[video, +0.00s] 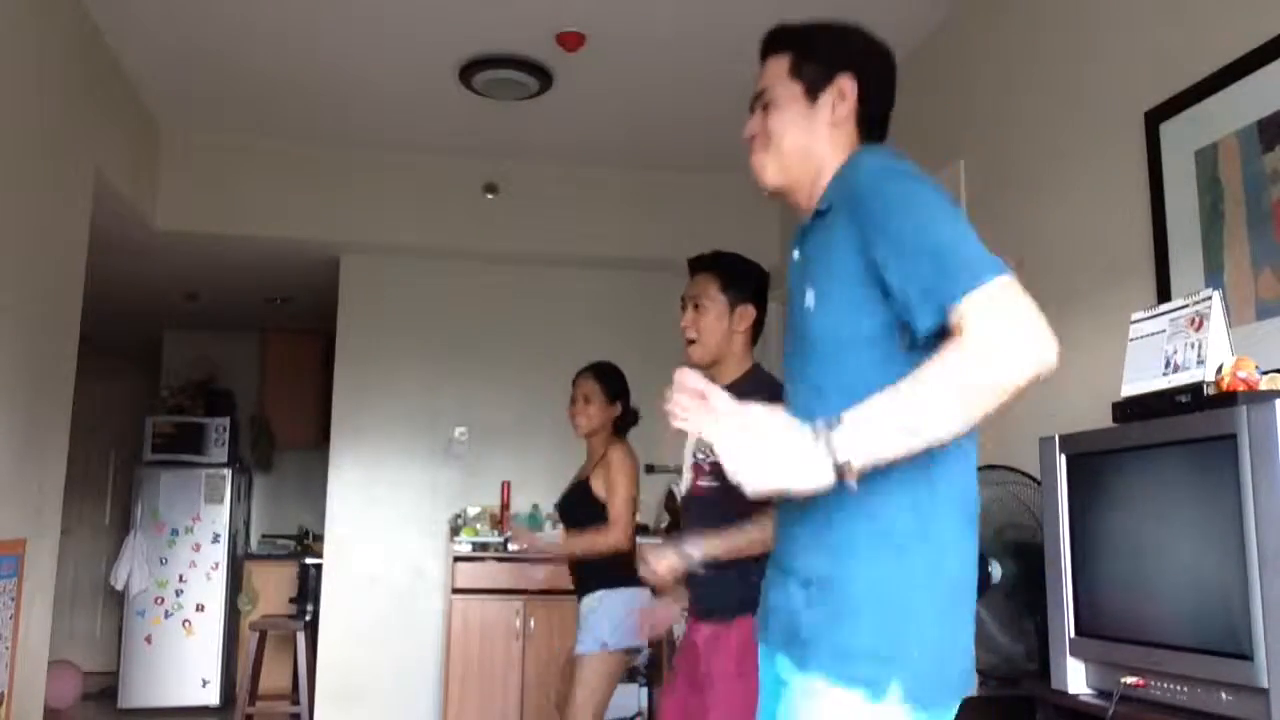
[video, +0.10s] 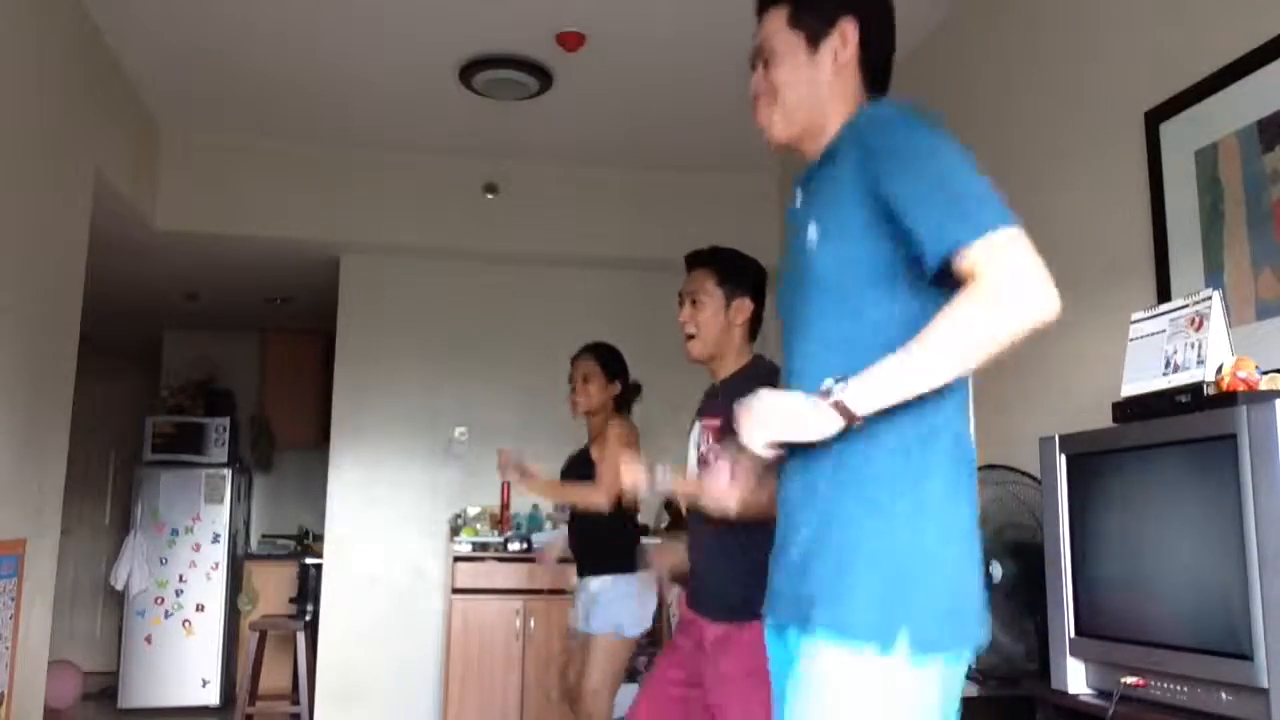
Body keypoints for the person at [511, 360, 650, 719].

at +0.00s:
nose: (576, 410)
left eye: (588, 401)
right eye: (574, 401)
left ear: (616, 409)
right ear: (570, 405)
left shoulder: (618, 455)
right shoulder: (595, 457)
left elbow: (620, 536)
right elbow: (591, 531)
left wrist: (550, 546)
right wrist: (537, 537)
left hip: (615, 599)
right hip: (597, 597)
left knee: (581, 711)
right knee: (573, 709)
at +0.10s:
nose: (576, 390)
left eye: (587, 380)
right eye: (573, 381)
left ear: (615, 388)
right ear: (572, 387)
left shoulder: (618, 431)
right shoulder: (596, 436)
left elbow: (605, 495)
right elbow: (597, 513)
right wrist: (560, 548)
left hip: (620, 583)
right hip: (592, 582)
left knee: (593, 700)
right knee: (572, 692)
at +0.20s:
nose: (579, 395)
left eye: (589, 385)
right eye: (576, 386)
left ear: (617, 391)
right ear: (572, 392)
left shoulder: (617, 435)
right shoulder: (596, 441)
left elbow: (618, 505)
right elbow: (599, 503)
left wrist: (550, 508)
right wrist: (556, 499)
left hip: (623, 583)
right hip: (595, 581)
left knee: (604, 704)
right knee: (569, 676)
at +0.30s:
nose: (579, 414)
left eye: (590, 403)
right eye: (577, 405)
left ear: (619, 411)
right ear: (573, 411)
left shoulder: (618, 464)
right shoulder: (600, 465)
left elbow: (632, 543)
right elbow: (580, 535)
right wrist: (551, 495)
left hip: (627, 605)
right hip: (608, 602)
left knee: (596, 711)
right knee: (563, 678)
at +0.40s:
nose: (580, 414)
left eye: (591, 405)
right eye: (577, 405)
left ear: (618, 413)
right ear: (573, 409)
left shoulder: (623, 465)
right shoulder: (595, 465)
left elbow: (628, 550)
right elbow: (592, 539)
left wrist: (565, 561)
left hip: (615, 603)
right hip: (591, 600)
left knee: (593, 711)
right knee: (575, 708)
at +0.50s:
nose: (578, 395)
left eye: (589, 386)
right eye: (577, 386)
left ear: (617, 393)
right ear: (576, 390)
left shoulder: (625, 443)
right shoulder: (596, 443)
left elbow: (620, 516)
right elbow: (596, 525)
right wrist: (557, 562)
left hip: (620, 589)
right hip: (593, 587)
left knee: (594, 703)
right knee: (580, 698)